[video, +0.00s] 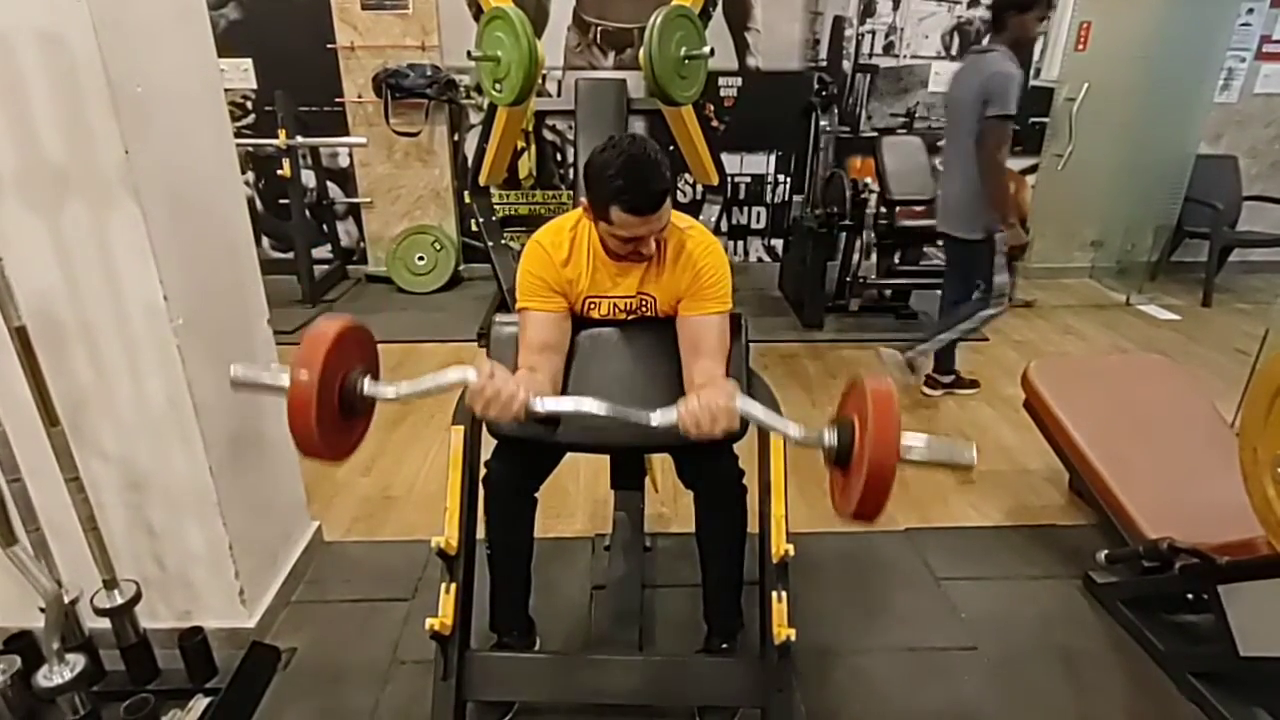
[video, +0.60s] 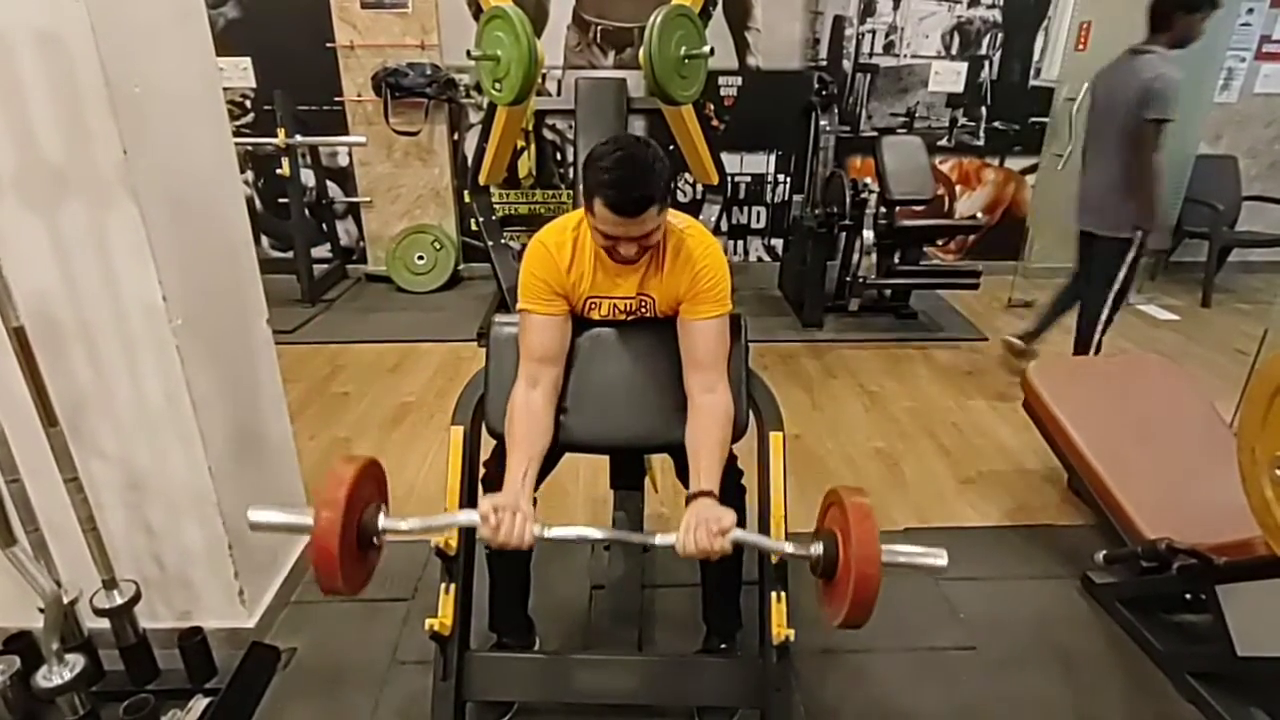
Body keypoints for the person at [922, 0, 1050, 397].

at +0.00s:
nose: (1042, 29)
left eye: (1044, 20)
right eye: (1039, 19)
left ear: (1006, 19)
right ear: (1013, 18)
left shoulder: (975, 60)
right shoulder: (1004, 69)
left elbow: (960, 141)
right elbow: (990, 152)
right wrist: (1010, 222)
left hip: (956, 204)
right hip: (975, 210)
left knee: (956, 290)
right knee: (989, 296)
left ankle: (943, 370)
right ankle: (925, 358)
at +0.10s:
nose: (1080, 28)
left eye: (1082, 19)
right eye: (1078, 17)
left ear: (1047, 15)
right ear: (1053, 14)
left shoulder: (1007, 62)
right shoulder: (1039, 68)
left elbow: (990, 140)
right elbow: (1020, 150)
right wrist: (1030, 222)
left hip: (987, 206)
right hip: (1021, 211)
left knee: (964, 292)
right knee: (1044, 290)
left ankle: (942, 371)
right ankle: (1008, 373)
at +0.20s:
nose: (1091, 31)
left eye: (1094, 21)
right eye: (1088, 20)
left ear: (1058, 18)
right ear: (1062, 16)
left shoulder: (1014, 63)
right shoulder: (1048, 72)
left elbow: (999, 139)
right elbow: (1027, 150)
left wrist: (1003, 201)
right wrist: (1030, 224)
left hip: (994, 208)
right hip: (1027, 215)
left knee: (966, 294)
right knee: (1045, 298)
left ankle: (942, 371)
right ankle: (1035, 381)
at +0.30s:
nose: (1137, 35)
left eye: (1139, 26)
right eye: (1134, 25)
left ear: (1096, 22)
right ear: (1109, 23)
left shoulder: (1062, 68)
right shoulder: (1093, 80)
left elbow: (1044, 145)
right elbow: (1068, 160)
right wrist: (1067, 231)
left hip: (1029, 206)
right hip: (1058, 214)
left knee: (999, 283)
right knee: (1067, 299)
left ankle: (951, 363)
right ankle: (1073, 371)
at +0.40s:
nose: (1148, 35)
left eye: (1150, 26)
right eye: (1146, 25)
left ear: (1108, 22)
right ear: (1121, 22)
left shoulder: (1072, 68)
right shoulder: (1106, 79)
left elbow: (1052, 143)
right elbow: (1081, 159)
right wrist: (1081, 230)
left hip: (1042, 209)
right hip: (1072, 217)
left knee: (1008, 286)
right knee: (1076, 307)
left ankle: (956, 359)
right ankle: (1080, 376)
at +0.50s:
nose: (1195, 29)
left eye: (1197, 20)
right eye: (1193, 19)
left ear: (1153, 15)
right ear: (1170, 17)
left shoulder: (1110, 64)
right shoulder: (1151, 72)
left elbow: (1087, 138)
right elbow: (1130, 154)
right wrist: (1135, 225)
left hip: (1085, 205)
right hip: (1114, 214)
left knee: (1073, 277)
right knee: (1101, 299)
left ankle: (1015, 333)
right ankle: (1082, 372)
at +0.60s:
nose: (1203, 30)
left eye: (1205, 20)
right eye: (1201, 19)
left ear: (1158, 16)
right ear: (1179, 18)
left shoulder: (1113, 68)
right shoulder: (1162, 73)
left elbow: (1092, 141)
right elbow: (1146, 154)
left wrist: (1095, 192)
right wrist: (1150, 223)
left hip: (1092, 206)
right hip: (1124, 214)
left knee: (1082, 280)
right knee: (1103, 300)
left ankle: (1027, 337)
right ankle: (1080, 376)